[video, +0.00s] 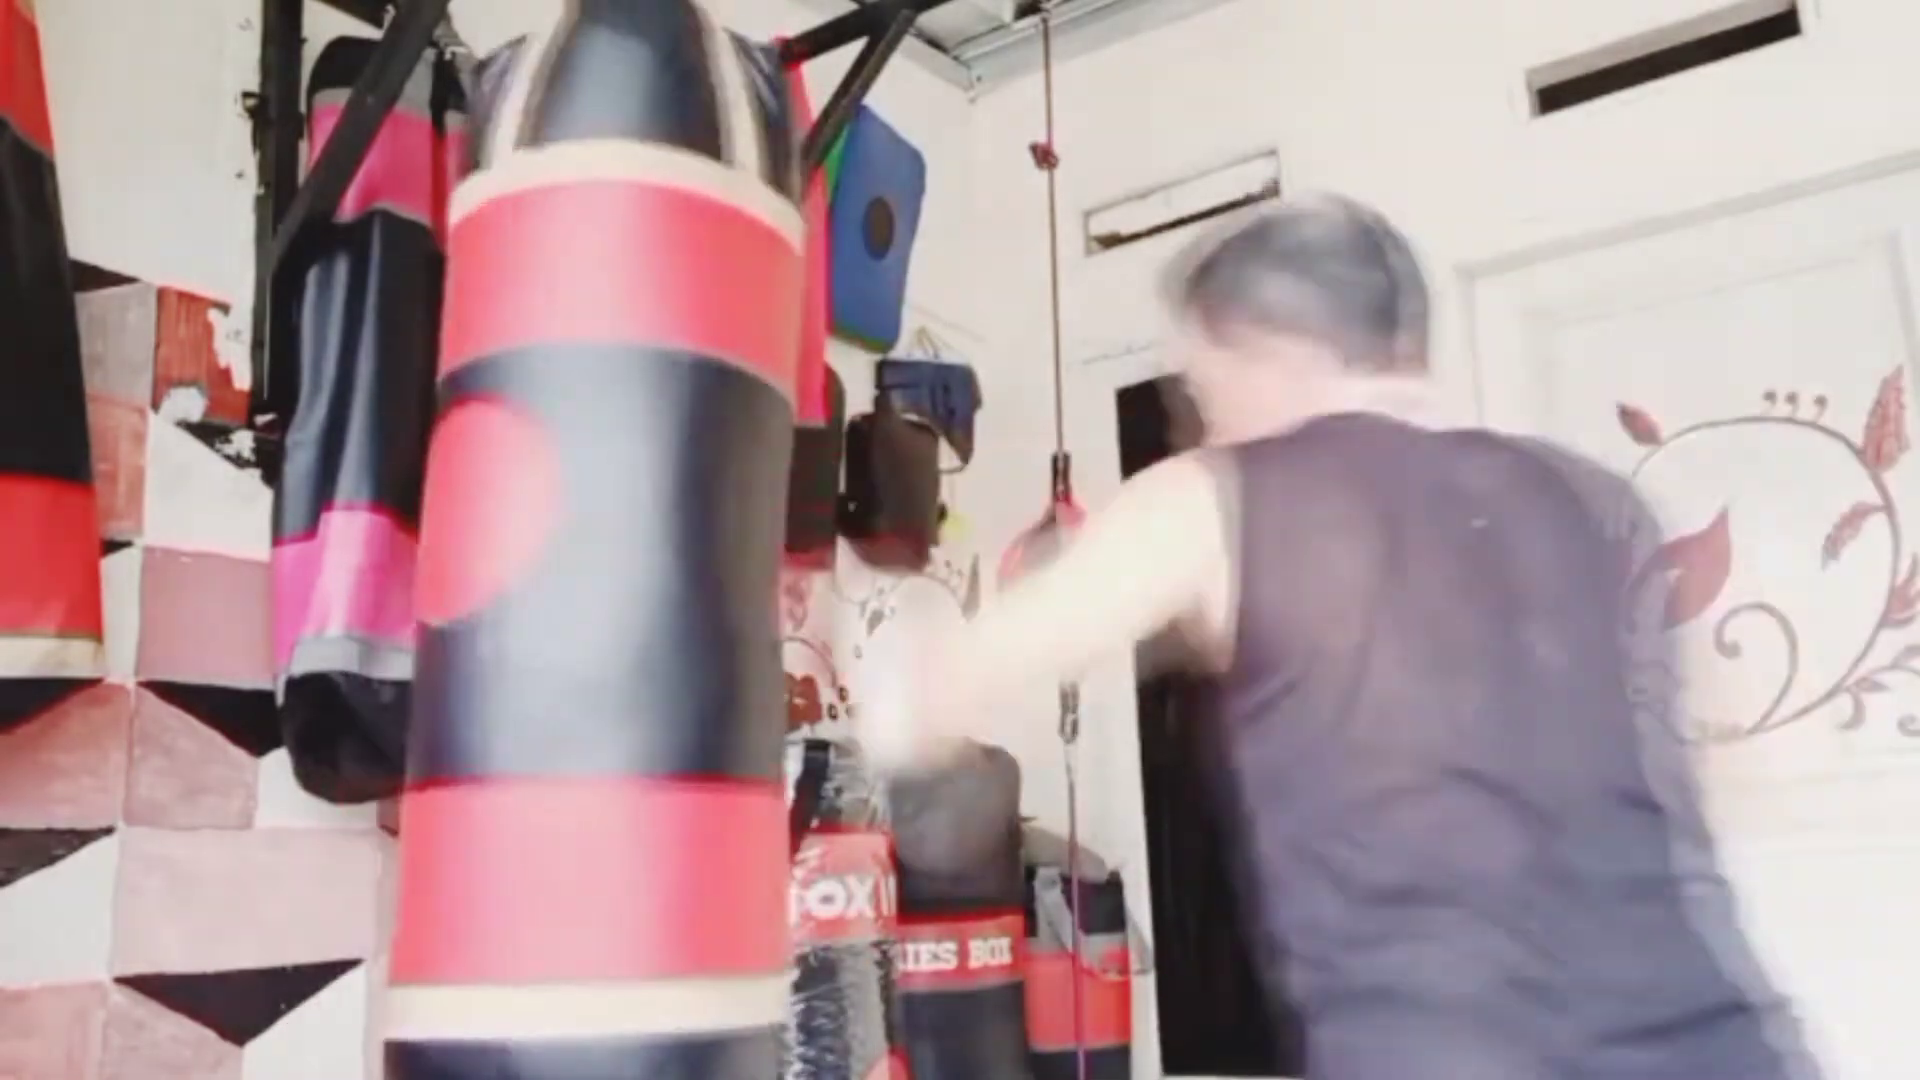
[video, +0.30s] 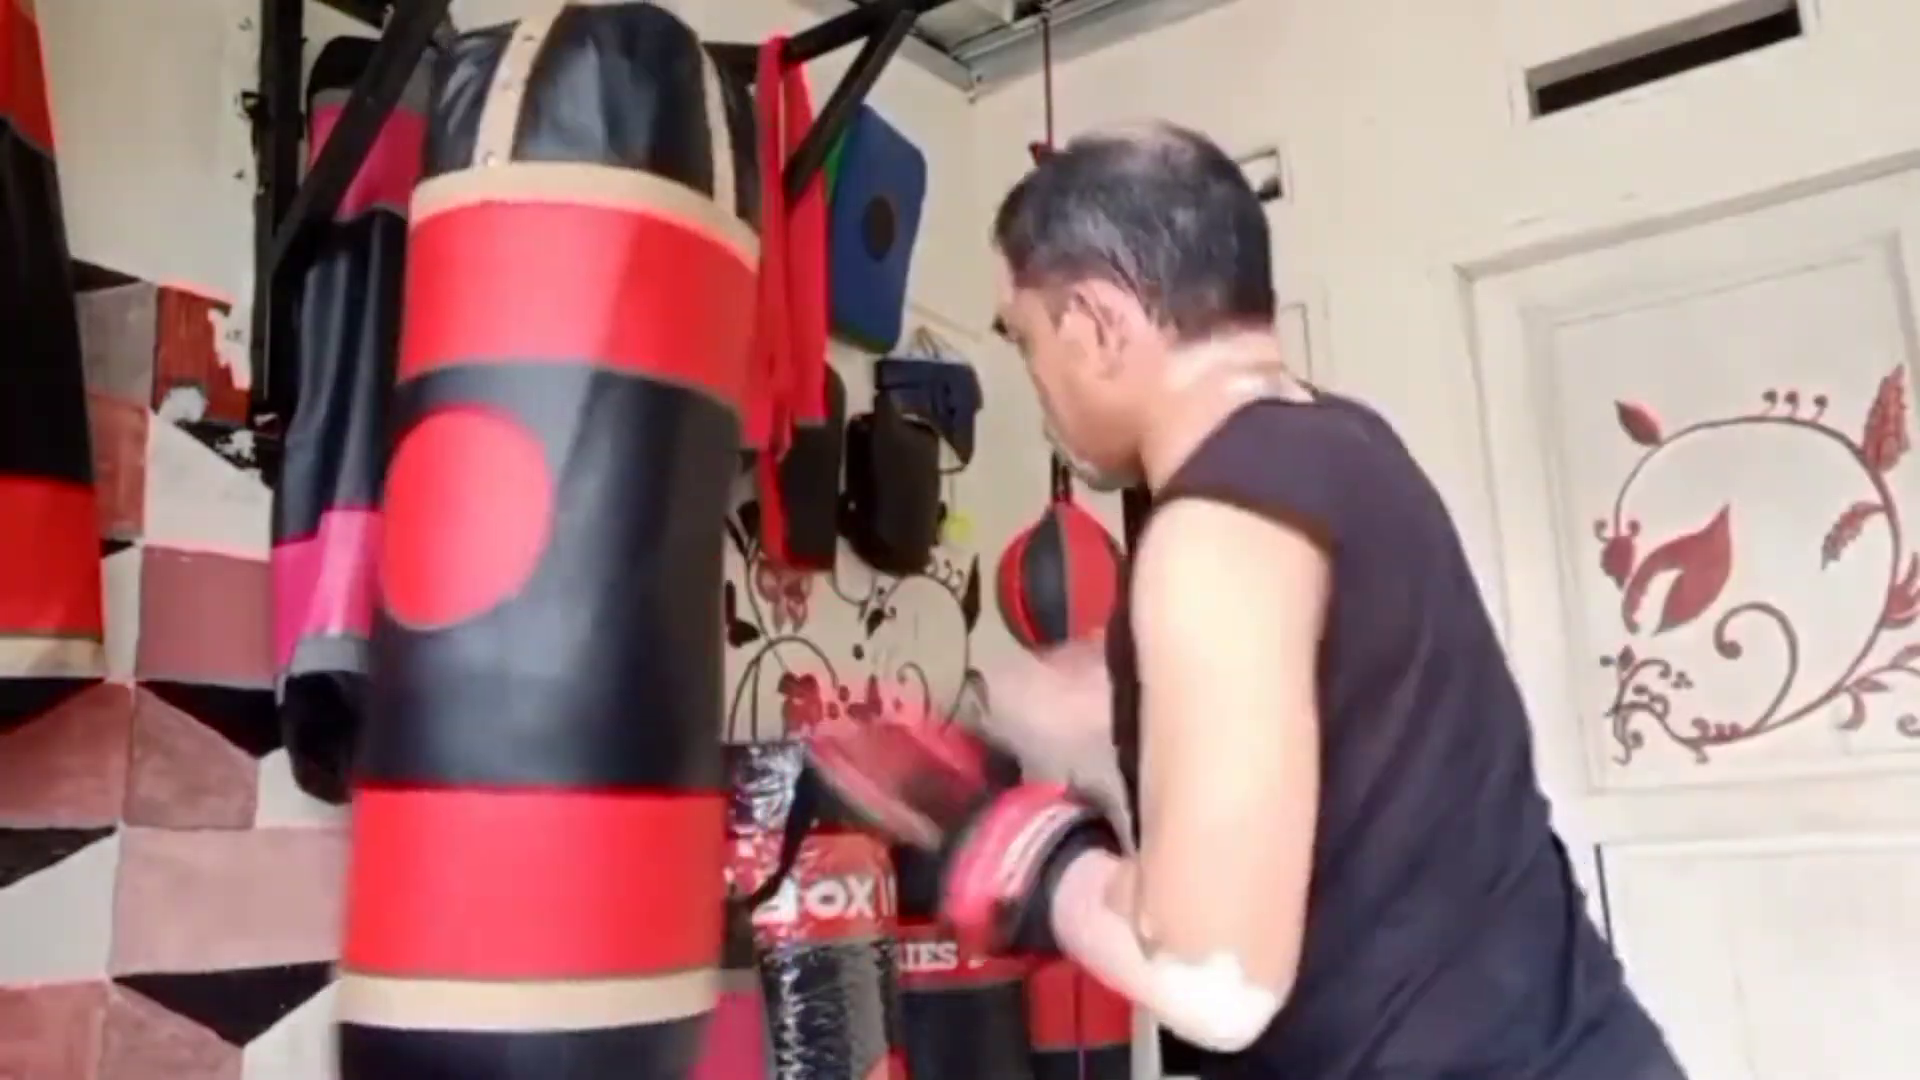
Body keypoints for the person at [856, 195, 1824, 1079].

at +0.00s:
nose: (1205, 414)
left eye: (1203, 379)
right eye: (1196, 384)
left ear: (1260, 346)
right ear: (1407, 345)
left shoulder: (1212, 505)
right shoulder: (1601, 500)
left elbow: (930, 707)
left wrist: (991, 611)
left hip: (1426, 1055)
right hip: (1708, 1046)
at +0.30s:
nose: (1037, 384)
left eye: (1026, 339)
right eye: (1022, 345)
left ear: (1101, 321)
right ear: (1237, 293)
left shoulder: (1219, 526)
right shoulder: (1342, 446)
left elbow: (1216, 982)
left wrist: (1020, 854)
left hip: (1410, 1059)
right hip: (1568, 1033)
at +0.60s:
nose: (1049, 386)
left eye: (1039, 339)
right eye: (1033, 344)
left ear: (1114, 327)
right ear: (1251, 304)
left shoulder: (1191, 531)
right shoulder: (1396, 479)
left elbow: (1178, 958)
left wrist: (1005, 947)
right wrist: (1086, 937)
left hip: (1364, 1060)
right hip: (1563, 1042)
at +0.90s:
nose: (1158, 481)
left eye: (1162, 436)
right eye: (1153, 443)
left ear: (1250, 414)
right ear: (1360, 401)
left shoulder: (1273, 569)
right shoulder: (1528, 584)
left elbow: (1246, 976)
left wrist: (1120, 1049)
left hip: (1418, 1058)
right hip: (1627, 1051)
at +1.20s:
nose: (1165, 532)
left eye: (1168, 488)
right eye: (1157, 497)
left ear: (1250, 462)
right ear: (1367, 464)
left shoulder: (1200, 633)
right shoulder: (1559, 624)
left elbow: (1106, 1018)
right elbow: (1669, 958)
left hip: (1381, 1053)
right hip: (1633, 1055)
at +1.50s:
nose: (1065, 465)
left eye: (1060, 411)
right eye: (1053, 418)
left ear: (1152, 384)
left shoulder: (1285, 560)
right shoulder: (1345, 521)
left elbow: (1208, 968)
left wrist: (1067, 906)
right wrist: (1069, 704)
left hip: (1469, 1061)